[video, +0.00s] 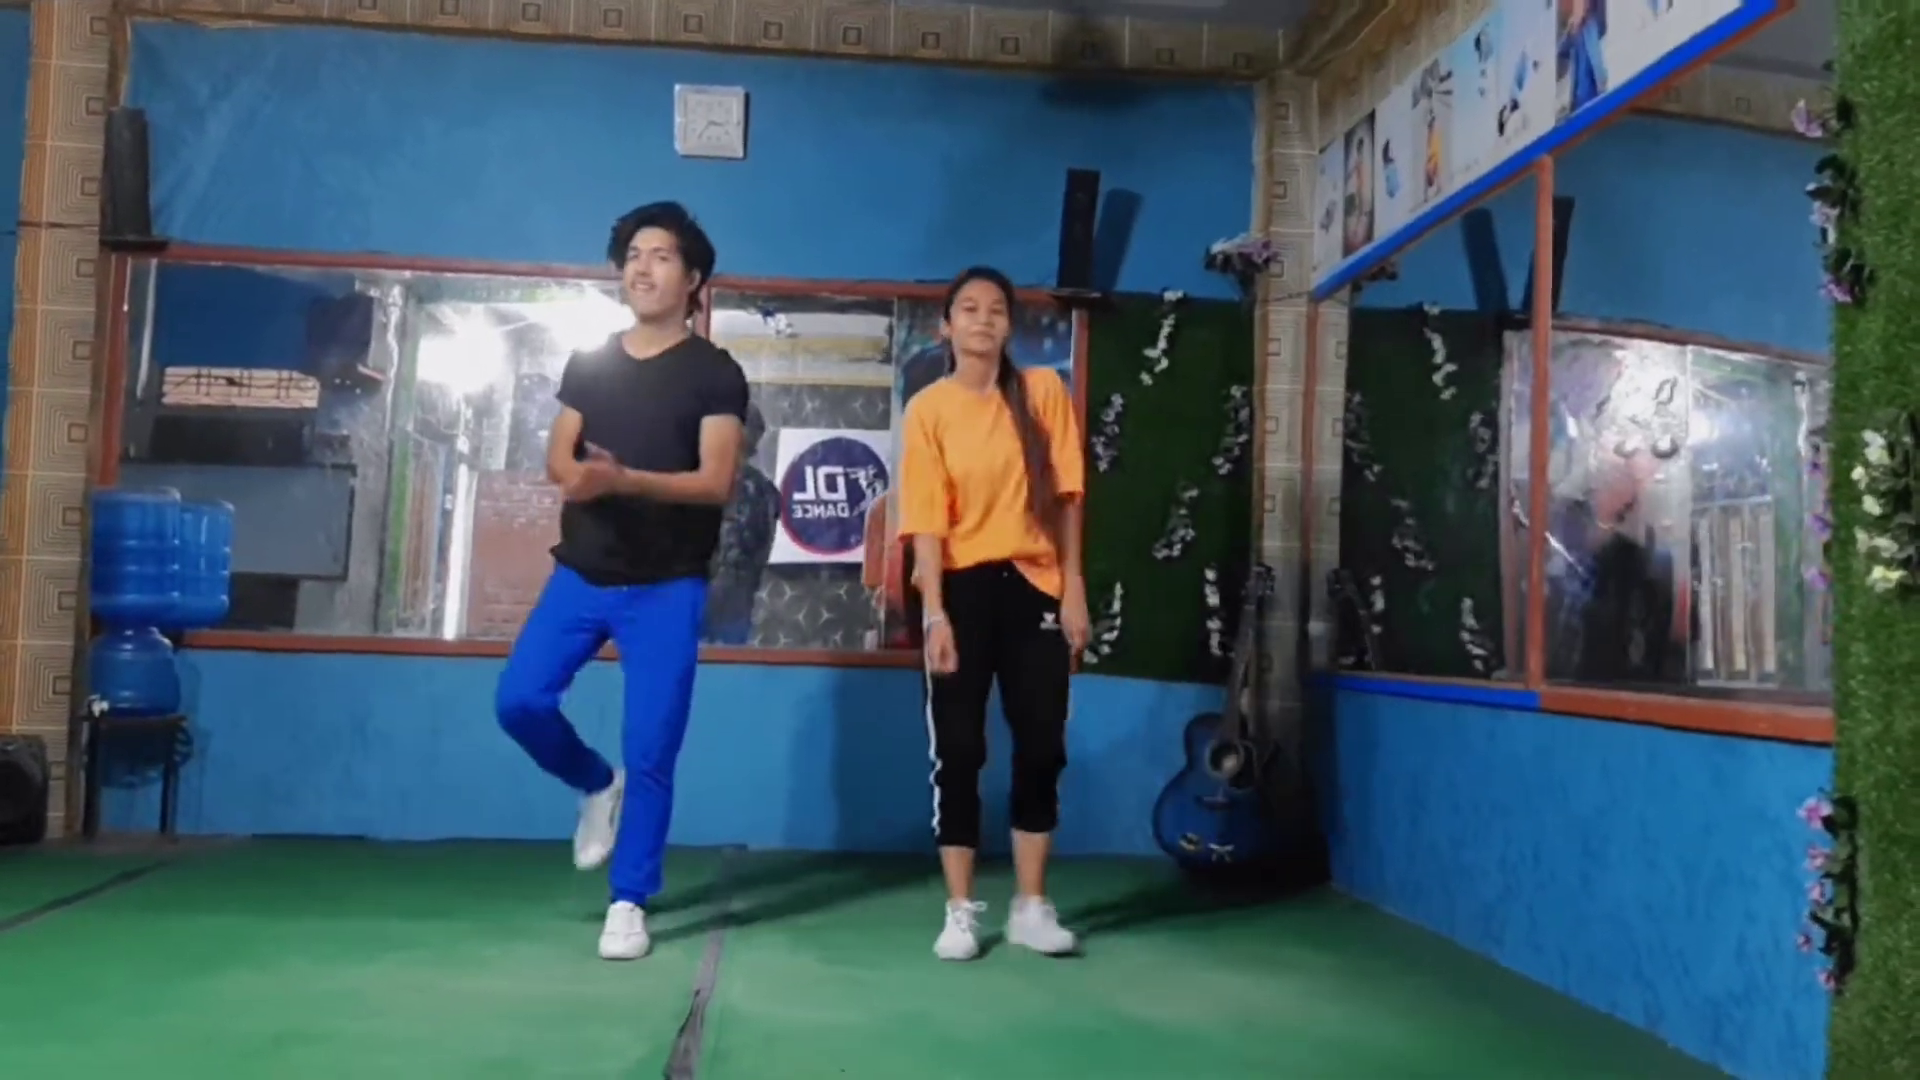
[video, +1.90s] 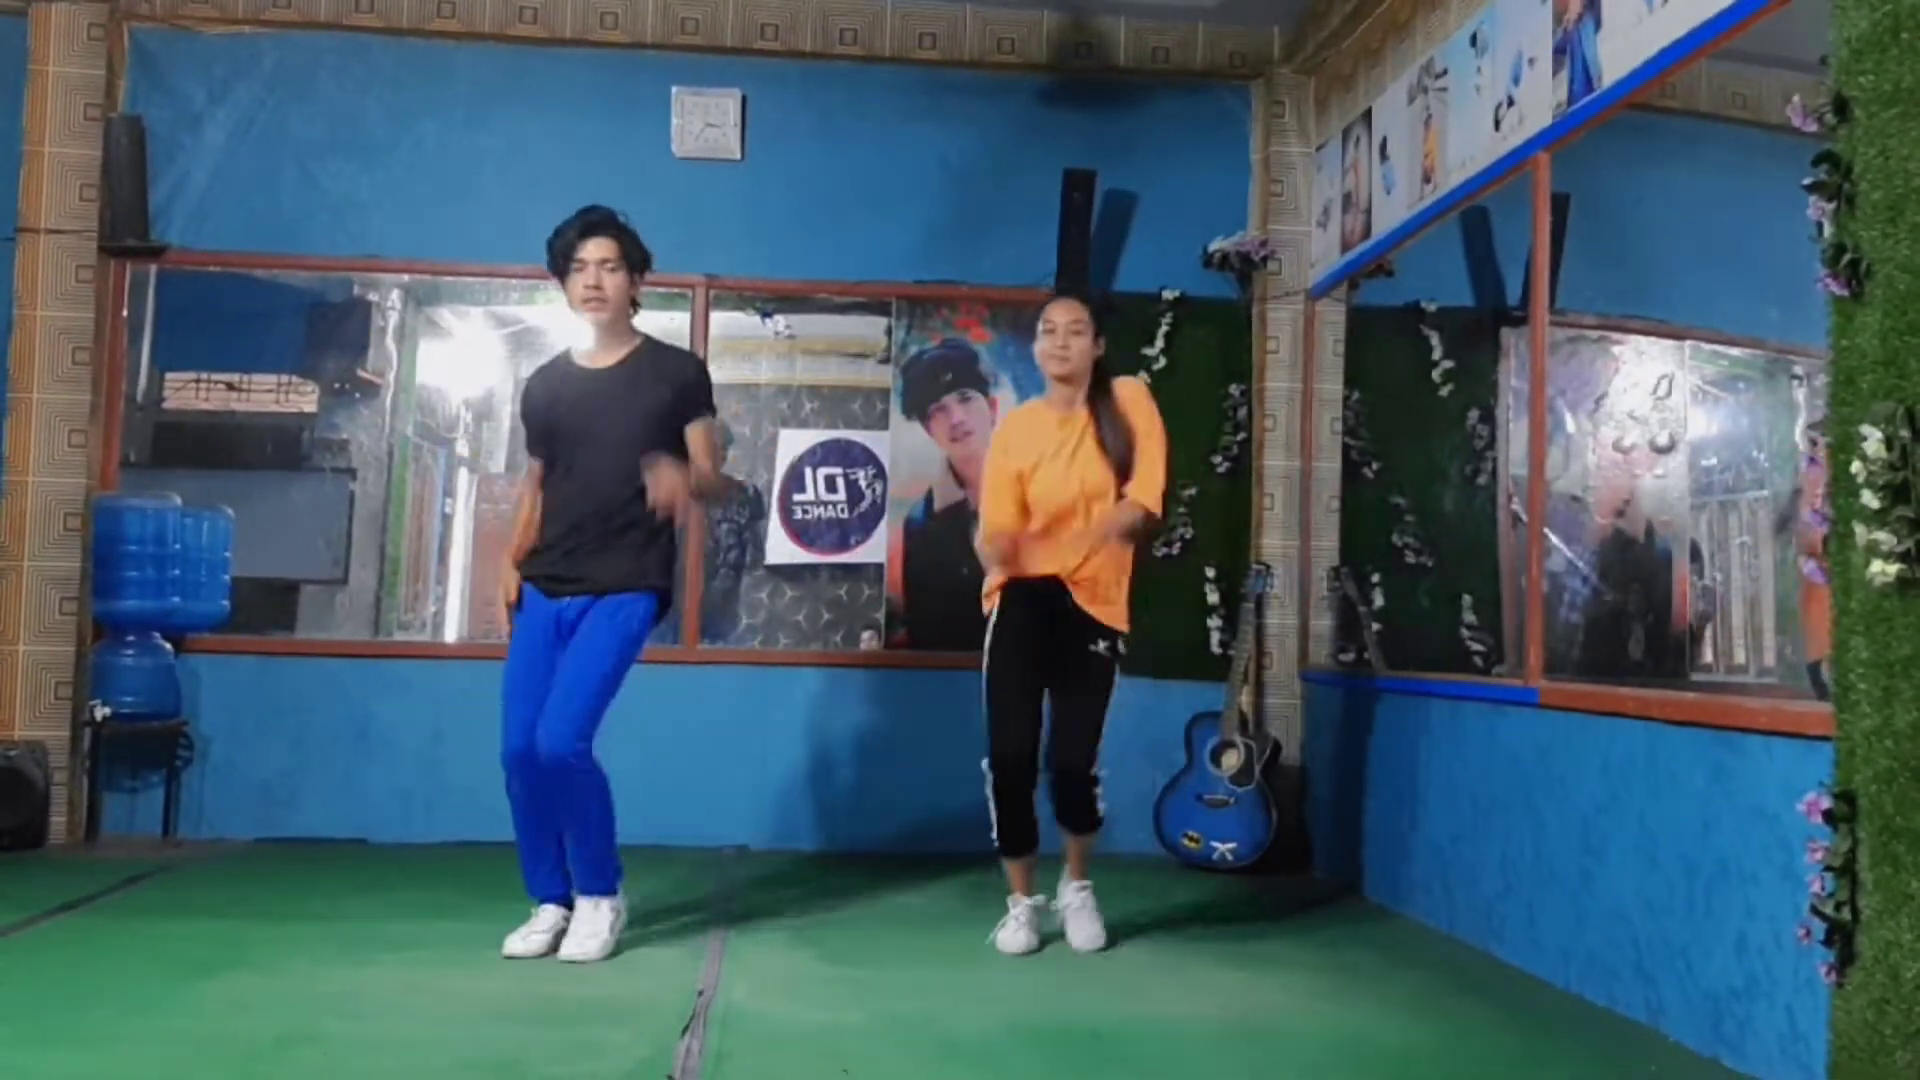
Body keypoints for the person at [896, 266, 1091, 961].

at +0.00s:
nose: (983, 321)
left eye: (995, 311)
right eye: (969, 310)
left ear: (1011, 325)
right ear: (947, 324)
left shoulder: (1044, 390)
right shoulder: (928, 409)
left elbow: (1069, 498)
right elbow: (925, 524)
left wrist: (1073, 589)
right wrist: (934, 615)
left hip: (1037, 587)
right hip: (960, 588)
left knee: (1040, 750)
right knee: (958, 752)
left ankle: (1030, 907)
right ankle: (960, 910)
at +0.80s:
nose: (1042, 302)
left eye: (1057, 294)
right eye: (1031, 292)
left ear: (1076, 318)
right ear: (1012, 311)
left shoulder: (1100, 398)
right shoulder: (972, 383)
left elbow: (1127, 509)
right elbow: (926, 479)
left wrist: (1177, 575)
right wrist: (896, 544)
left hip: (1067, 585)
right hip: (982, 581)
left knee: (1075, 747)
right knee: (980, 749)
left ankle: (1062, 905)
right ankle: (977, 912)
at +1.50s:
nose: (1103, 360)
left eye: (1114, 346)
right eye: (1089, 349)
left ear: (1139, 352)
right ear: (1075, 360)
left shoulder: (1169, 435)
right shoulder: (1050, 417)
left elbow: (1183, 545)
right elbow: (1016, 512)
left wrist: (1256, 566)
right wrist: (964, 499)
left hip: (1125, 616)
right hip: (1044, 610)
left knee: (1144, 766)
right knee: (988, 741)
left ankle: (1156, 906)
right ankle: (979, 910)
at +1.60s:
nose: (1102, 336)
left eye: (1114, 322)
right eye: (1089, 325)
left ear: (1137, 331)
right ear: (1074, 337)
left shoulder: (1170, 410)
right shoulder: (1043, 394)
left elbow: (1233, 506)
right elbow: (969, 464)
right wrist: (962, 429)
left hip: (1123, 597)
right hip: (1040, 588)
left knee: (1145, 759)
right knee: (976, 691)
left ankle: (1155, 900)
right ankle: (1002, 846)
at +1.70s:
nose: (1096, 317)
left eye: (1109, 305)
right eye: (1083, 305)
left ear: (1131, 315)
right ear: (1068, 316)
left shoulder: (1157, 383)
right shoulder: (1032, 375)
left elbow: (1234, 448)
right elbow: (948, 416)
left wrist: (1154, 427)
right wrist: (1016, 459)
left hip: (1112, 571)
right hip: (1028, 563)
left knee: (1126, 721)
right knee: (994, 687)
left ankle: (1114, 862)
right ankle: (1011, 834)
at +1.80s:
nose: (1084, 323)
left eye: (1097, 311)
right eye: (1071, 312)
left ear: (1119, 323)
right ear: (1055, 324)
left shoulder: (1147, 391)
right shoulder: (1029, 401)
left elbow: (1165, 486)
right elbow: (989, 508)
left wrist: (1114, 447)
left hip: (1106, 582)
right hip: (1029, 578)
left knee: (1075, 746)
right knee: (1019, 743)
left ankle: (1070, 890)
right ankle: (1018, 899)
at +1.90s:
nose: (1060, 343)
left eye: (1073, 332)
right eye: (1049, 333)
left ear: (1097, 347)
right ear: (1035, 348)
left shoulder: (1128, 399)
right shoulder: (1016, 426)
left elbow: (1150, 482)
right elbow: (996, 526)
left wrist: (1128, 512)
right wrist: (997, 548)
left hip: (1094, 601)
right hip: (1020, 600)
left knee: (1072, 764)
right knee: (1009, 758)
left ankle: (1076, 888)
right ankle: (1021, 901)